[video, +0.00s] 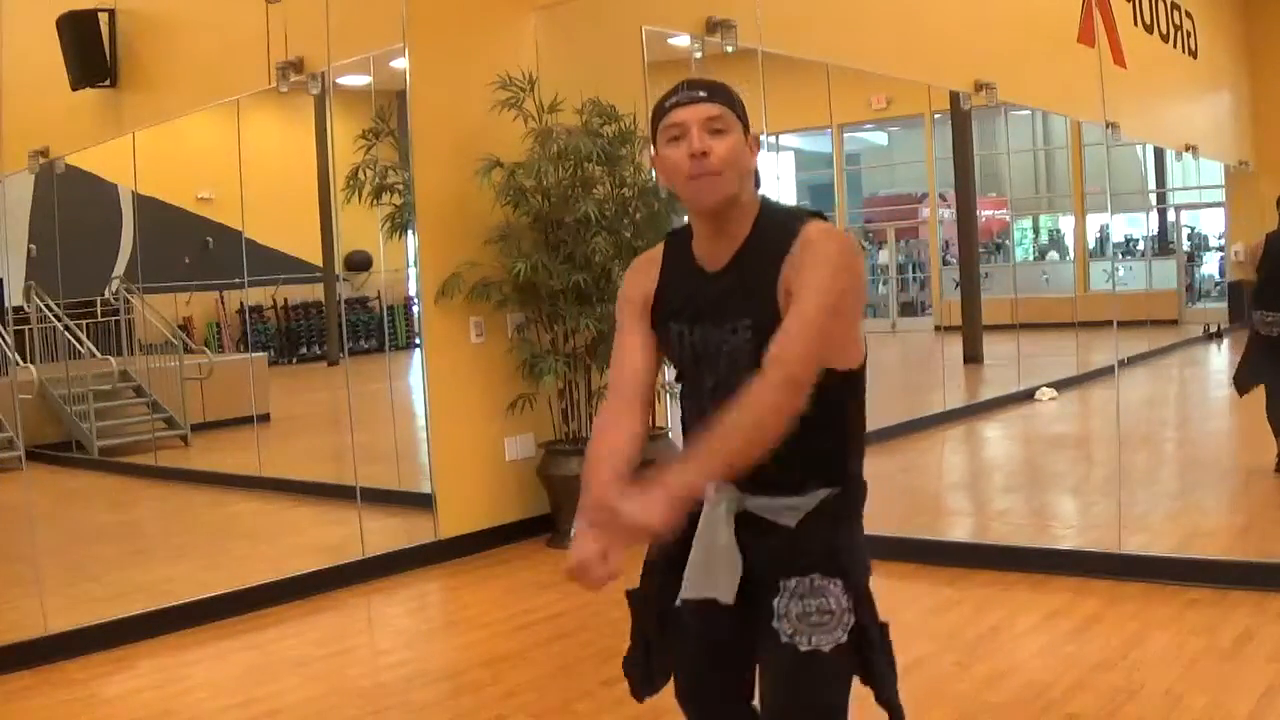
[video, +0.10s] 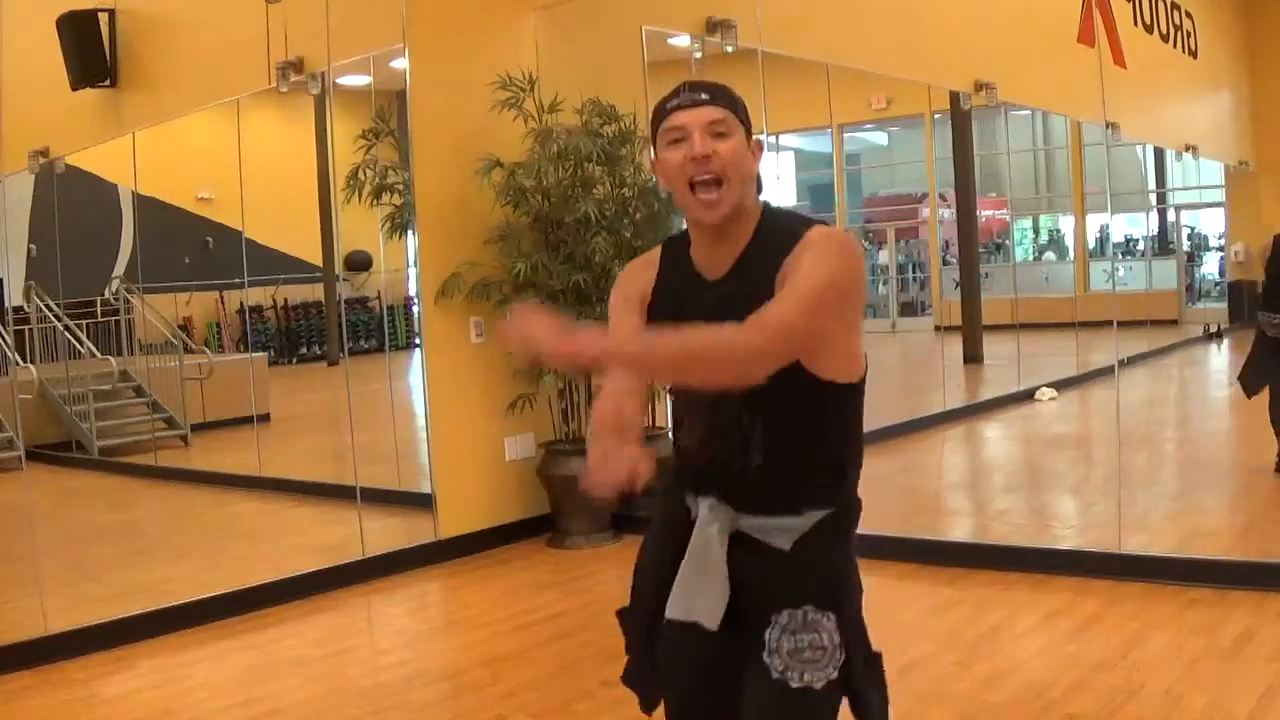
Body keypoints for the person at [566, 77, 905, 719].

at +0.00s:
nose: (697, 148)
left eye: (716, 129)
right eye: (676, 136)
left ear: (753, 148)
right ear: (657, 167)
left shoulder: (821, 250)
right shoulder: (649, 274)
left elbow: (780, 391)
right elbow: (624, 403)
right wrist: (599, 509)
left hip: (805, 523)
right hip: (703, 519)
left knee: (801, 705)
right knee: (706, 700)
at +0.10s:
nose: (700, 150)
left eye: (719, 133)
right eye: (677, 139)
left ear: (755, 154)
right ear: (658, 171)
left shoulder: (826, 254)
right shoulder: (641, 278)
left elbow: (753, 353)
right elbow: (623, 380)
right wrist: (615, 444)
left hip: (800, 548)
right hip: (692, 542)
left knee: (787, 705)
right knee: (691, 703)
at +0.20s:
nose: (699, 139)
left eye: (721, 121)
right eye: (676, 125)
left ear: (757, 146)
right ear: (652, 159)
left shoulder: (826, 244)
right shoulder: (633, 268)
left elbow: (774, 342)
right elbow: (588, 435)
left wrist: (628, 248)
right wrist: (599, 377)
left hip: (793, 556)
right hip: (679, 550)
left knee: (798, 706)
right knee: (684, 705)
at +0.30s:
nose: (692, 121)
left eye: (714, 104)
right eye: (668, 107)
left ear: (750, 131)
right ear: (643, 138)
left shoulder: (827, 233)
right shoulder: (618, 256)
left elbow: (821, 361)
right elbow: (572, 430)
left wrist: (703, 245)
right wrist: (555, 326)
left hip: (798, 549)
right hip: (672, 549)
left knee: (800, 706)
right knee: (638, 704)